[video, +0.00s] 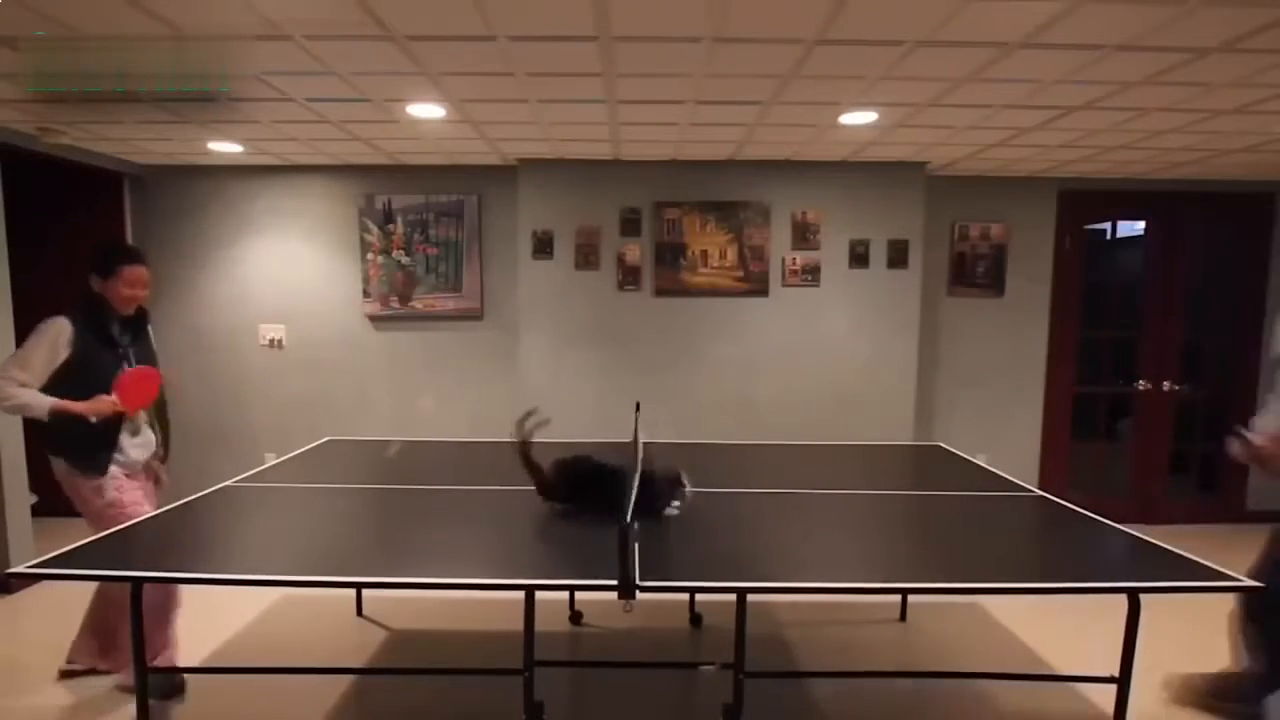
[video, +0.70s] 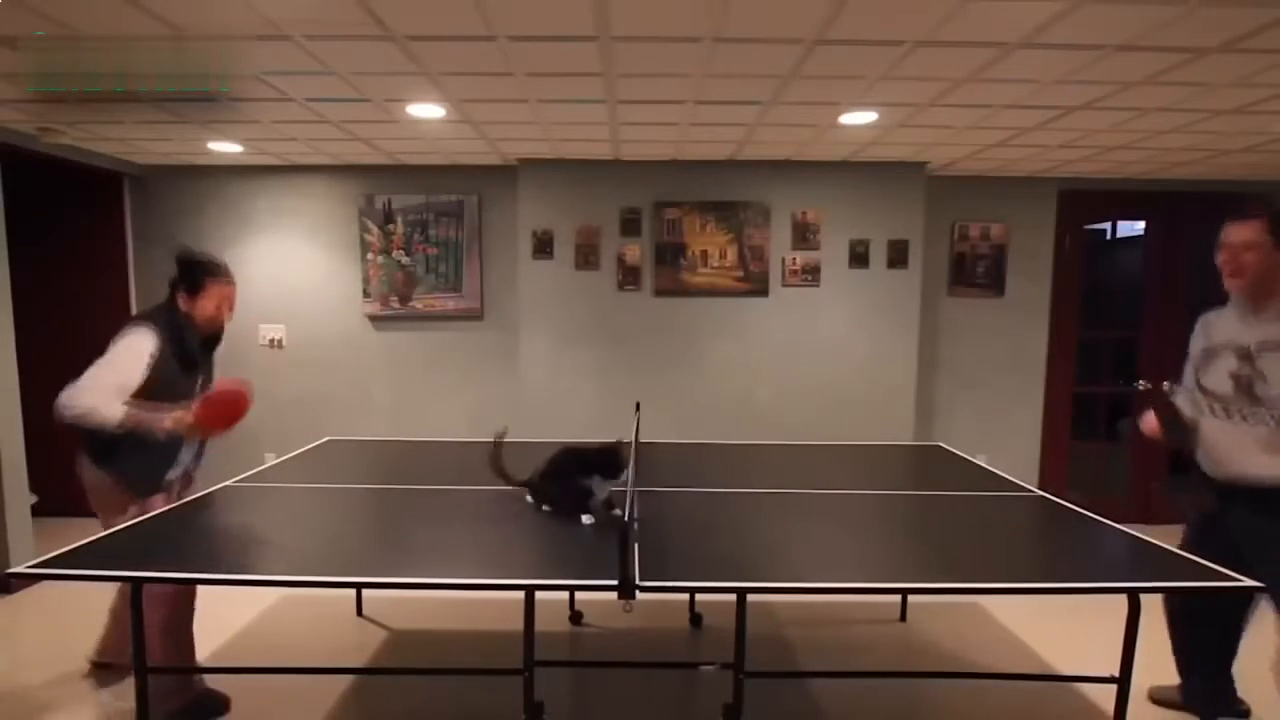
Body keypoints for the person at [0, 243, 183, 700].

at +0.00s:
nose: (139, 295)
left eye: (144, 286)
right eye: (130, 286)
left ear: (146, 287)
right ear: (100, 284)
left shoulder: (136, 327)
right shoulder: (64, 330)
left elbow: (141, 387)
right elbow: (6, 390)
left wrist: (154, 389)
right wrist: (77, 407)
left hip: (140, 458)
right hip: (90, 467)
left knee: (133, 553)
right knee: (154, 550)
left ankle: (90, 655)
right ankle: (154, 668)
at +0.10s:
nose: (143, 299)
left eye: (148, 290)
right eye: (134, 289)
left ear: (152, 291)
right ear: (105, 288)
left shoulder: (142, 336)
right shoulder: (69, 336)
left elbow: (146, 399)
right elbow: (14, 400)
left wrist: (156, 388)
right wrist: (93, 404)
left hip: (149, 465)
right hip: (99, 472)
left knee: (140, 556)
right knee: (163, 556)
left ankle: (91, 655)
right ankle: (176, 676)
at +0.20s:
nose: (160, 292)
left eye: (163, 282)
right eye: (150, 282)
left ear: (165, 284)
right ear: (119, 285)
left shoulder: (157, 334)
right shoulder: (93, 333)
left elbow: (172, 414)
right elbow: (52, 400)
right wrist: (133, 375)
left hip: (153, 465)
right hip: (108, 468)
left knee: (132, 564)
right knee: (168, 567)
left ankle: (89, 658)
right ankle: (170, 686)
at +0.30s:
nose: (186, 282)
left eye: (188, 272)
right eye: (175, 273)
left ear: (186, 276)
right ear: (142, 278)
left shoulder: (175, 328)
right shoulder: (119, 325)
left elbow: (186, 403)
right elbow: (110, 378)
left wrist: (188, 460)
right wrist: (182, 344)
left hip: (165, 466)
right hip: (121, 468)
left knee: (133, 565)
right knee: (176, 569)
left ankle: (92, 657)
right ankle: (174, 689)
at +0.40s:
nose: (209, 283)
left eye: (211, 273)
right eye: (200, 273)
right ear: (166, 274)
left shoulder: (187, 320)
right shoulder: (143, 316)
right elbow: (135, 360)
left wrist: (192, 458)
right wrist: (202, 337)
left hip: (174, 463)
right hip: (131, 464)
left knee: (180, 573)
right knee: (162, 576)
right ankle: (167, 691)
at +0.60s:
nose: (227, 292)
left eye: (229, 283)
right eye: (218, 282)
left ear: (218, 283)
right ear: (182, 280)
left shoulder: (200, 327)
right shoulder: (150, 324)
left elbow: (189, 381)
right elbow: (94, 386)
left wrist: (227, 385)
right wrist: (179, 387)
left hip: (175, 469)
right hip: (132, 473)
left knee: (136, 564)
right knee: (172, 578)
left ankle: (103, 640)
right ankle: (173, 692)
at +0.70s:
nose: (227, 312)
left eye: (230, 303)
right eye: (220, 301)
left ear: (213, 301)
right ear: (187, 297)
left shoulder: (201, 340)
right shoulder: (147, 338)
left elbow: (182, 407)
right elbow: (77, 402)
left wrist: (209, 410)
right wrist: (159, 418)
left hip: (160, 468)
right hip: (114, 471)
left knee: (149, 569)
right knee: (169, 574)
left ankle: (113, 657)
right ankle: (173, 692)